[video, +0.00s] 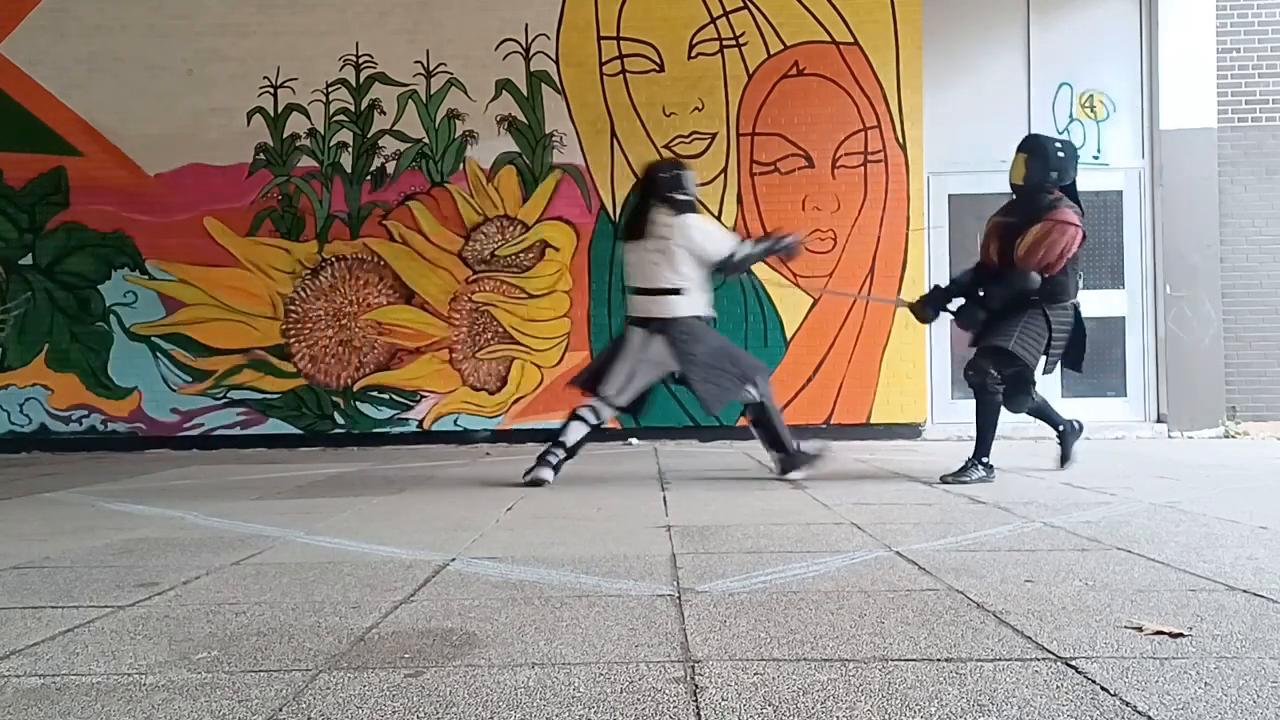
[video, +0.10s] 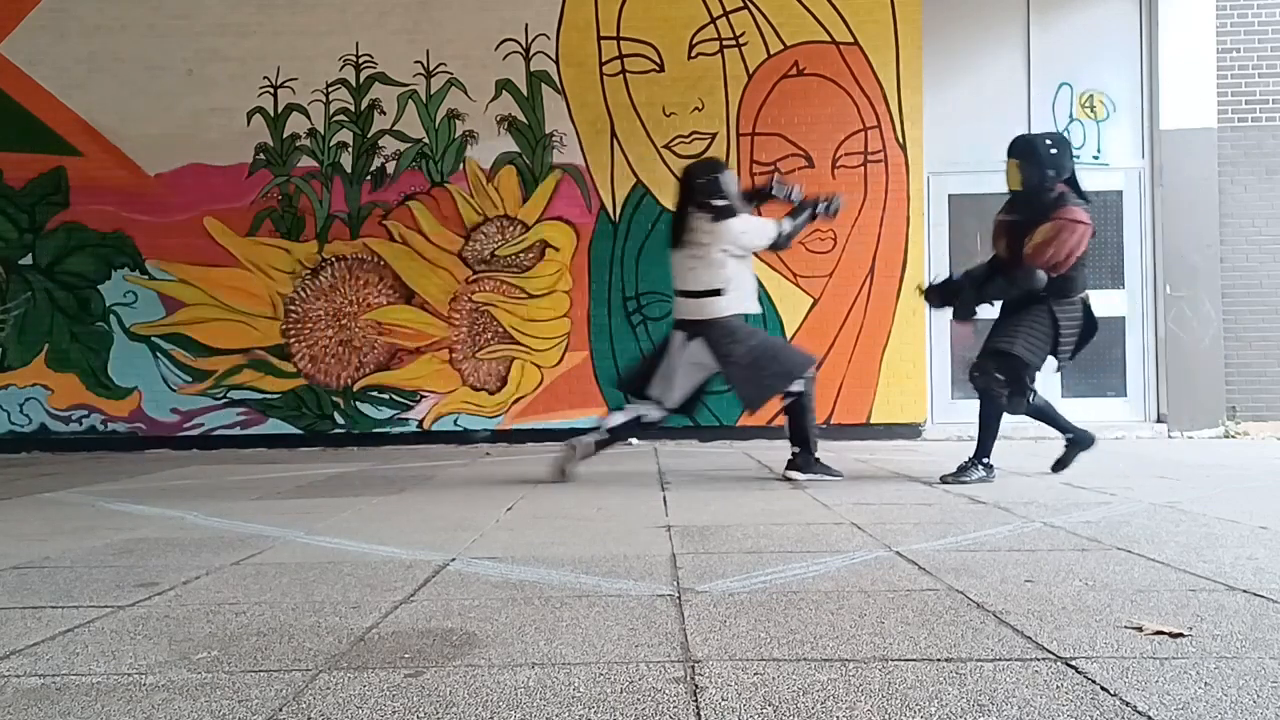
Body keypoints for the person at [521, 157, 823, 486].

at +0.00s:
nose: (693, 194)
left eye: (689, 188)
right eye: (689, 188)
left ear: (649, 193)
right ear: (679, 191)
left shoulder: (634, 229)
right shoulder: (688, 224)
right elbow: (732, 256)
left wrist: (751, 249)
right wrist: (774, 246)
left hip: (641, 332)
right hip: (685, 333)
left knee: (604, 402)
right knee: (753, 379)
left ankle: (548, 463)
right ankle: (789, 456)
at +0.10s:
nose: (732, 192)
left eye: (731, 188)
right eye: (728, 188)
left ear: (692, 195)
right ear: (717, 195)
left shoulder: (685, 223)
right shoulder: (728, 226)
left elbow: (728, 205)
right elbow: (781, 234)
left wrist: (763, 192)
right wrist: (810, 208)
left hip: (687, 331)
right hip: (723, 331)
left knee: (658, 406)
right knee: (799, 372)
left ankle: (588, 443)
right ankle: (805, 458)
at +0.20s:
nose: (760, 181)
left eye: (759, 176)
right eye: (756, 178)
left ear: (719, 187)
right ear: (745, 188)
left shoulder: (708, 220)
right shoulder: (757, 222)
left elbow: (747, 182)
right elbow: (807, 215)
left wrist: (787, 162)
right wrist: (828, 178)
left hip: (716, 325)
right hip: (754, 327)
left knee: (714, 401)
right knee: (824, 377)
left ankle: (654, 442)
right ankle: (806, 459)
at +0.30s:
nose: (786, 176)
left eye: (784, 172)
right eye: (781, 171)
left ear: (739, 178)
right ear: (773, 178)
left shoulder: (727, 204)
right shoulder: (783, 212)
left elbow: (758, 167)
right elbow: (828, 194)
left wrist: (798, 137)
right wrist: (842, 148)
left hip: (734, 309)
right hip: (770, 311)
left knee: (757, 387)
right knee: (831, 380)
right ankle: (807, 459)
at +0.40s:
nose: (802, 168)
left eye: (800, 163)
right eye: (797, 164)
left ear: (757, 173)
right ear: (787, 173)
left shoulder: (744, 203)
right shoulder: (796, 205)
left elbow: (764, 159)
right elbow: (841, 182)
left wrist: (795, 123)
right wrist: (837, 137)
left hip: (752, 307)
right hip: (786, 307)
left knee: (782, 371)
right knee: (838, 379)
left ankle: (771, 439)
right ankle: (807, 458)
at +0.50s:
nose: (809, 169)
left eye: (804, 164)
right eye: (805, 163)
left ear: (768, 169)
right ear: (799, 170)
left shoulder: (756, 202)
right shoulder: (808, 200)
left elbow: (766, 163)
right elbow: (850, 170)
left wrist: (782, 118)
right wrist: (824, 134)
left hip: (768, 302)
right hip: (799, 303)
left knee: (811, 376)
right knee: (844, 381)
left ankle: (810, 451)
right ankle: (807, 455)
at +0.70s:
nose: (830, 151)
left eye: (828, 145)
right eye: (826, 145)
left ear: (790, 164)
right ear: (807, 163)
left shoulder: (793, 204)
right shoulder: (794, 205)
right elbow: (836, 179)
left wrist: (791, 147)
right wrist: (805, 143)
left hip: (815, 305)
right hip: (803, 306)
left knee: (852, 375)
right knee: (825, 376)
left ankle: (851, 443)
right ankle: (808, 446)